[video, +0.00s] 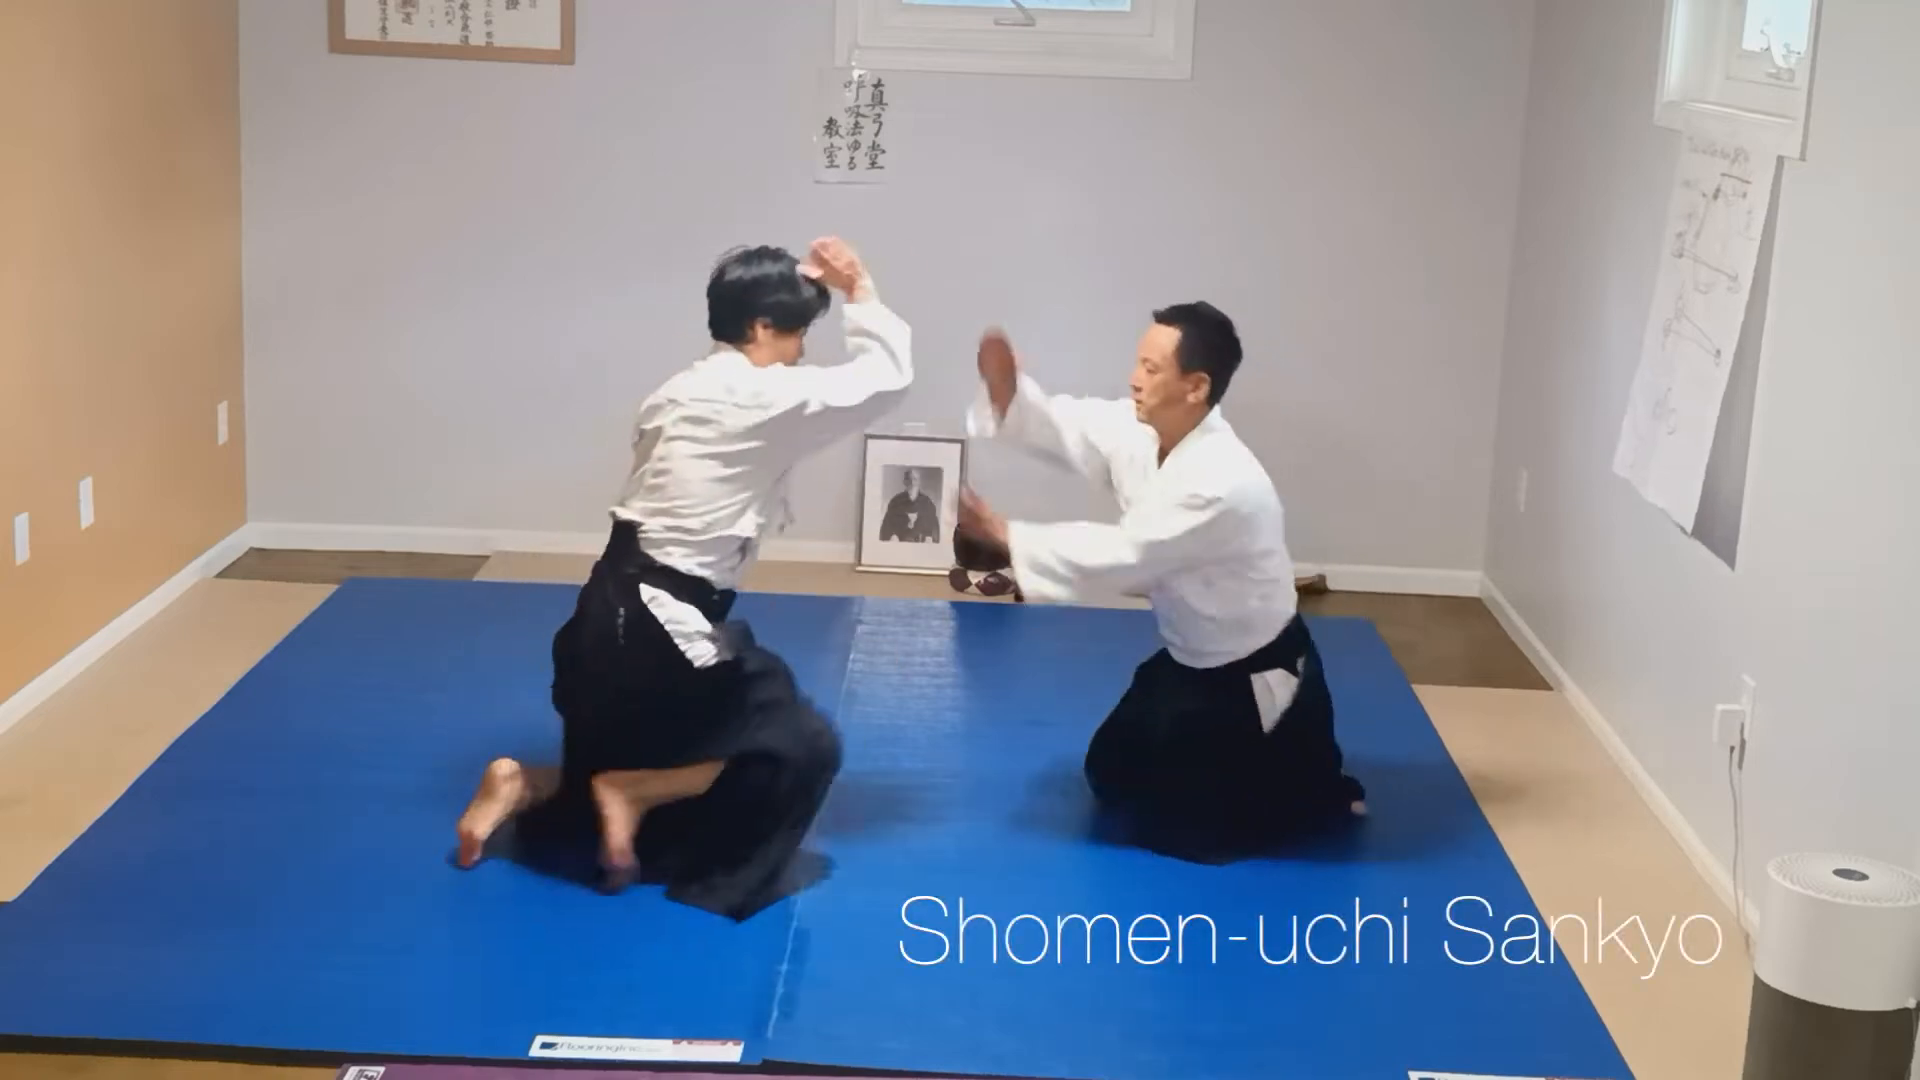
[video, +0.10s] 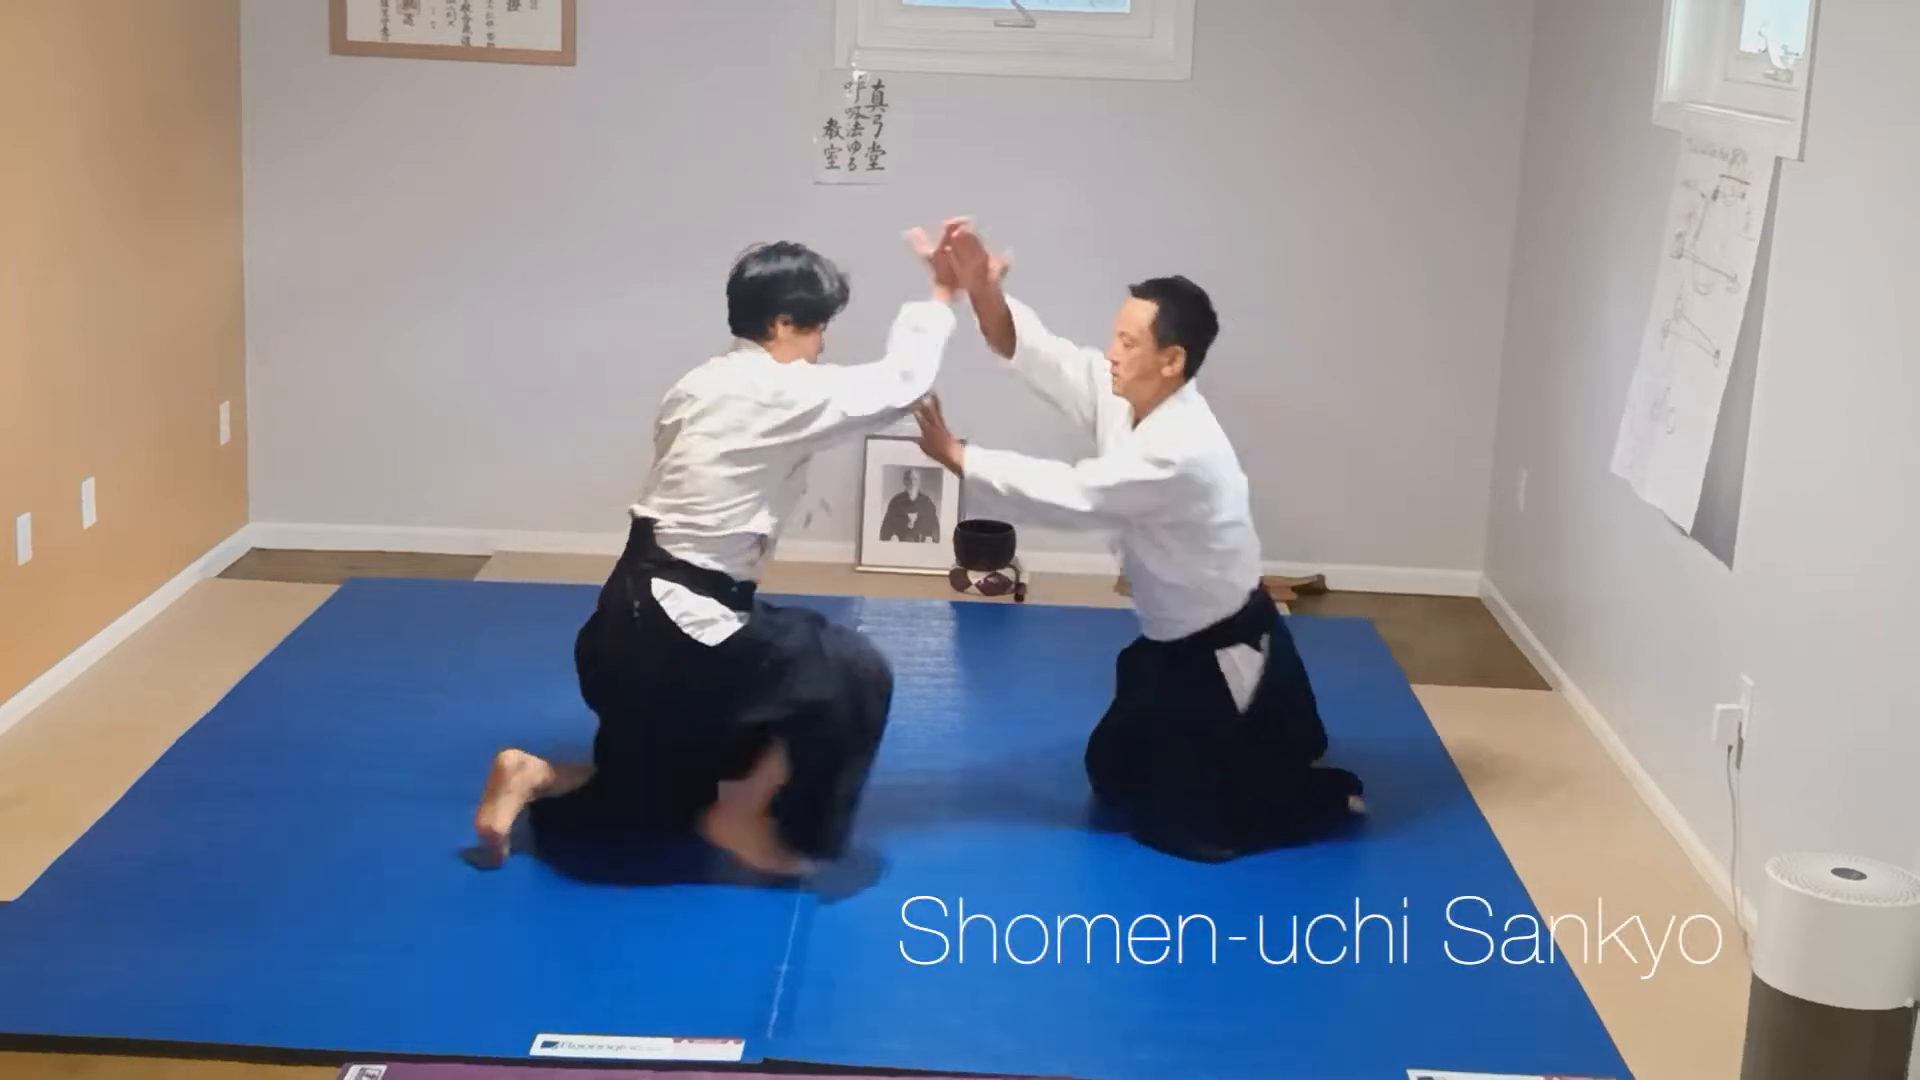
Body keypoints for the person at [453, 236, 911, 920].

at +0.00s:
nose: (801, 351)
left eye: (804, 334)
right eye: (798, 333)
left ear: (734, 328)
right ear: (759, 331)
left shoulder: (671, 395)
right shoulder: (767, 397)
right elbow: (886, 373)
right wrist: (860, 290)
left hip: (597, 621)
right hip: (665, 626)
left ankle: (523, 791)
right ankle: (638, 790)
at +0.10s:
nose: (823, 350)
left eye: (826, 334)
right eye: (819, 333)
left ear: (746, 324)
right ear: (780, 327)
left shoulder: (691, 388)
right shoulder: (779, 391)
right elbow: (901, 384)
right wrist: (942, 294)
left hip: (616, 635)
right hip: (687, 635)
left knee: (667, 806)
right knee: (854, 675)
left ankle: (537, 779)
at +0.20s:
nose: (850, 349)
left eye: (849, 332)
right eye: (845, 331)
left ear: (773, 326)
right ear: (809, 330)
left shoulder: (709, 391)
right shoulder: (810, 389)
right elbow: (929, 349)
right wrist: (967, 263)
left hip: (635, 635)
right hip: (708, 638)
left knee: (676, 800)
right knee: (887, 663)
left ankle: (535, 787)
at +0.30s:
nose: (867, 346)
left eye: (869, 330)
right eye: (864, 332)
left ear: (784, 324)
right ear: (830, 329)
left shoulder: (731, 385)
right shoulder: (826, 382)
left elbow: (709, 501)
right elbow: (935, 320)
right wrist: (950, 225)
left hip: (662, 626)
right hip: (733, 630)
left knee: (672, 794)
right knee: (899, 661)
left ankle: (532, 797)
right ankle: (873, 843)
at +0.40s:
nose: (870, 340)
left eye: (870, 323)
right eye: (865, 324)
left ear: (787, 323)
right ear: (834, 326)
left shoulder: (736, 389)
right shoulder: (835, 372)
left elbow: (718, 495)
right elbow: (928, 294)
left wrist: (807, 566)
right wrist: (925, 220)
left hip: (676, 619)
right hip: (749, 621)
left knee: (675, 788)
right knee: (911, 666)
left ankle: (537, 796)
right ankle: (876, 841)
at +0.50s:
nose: (855, 325)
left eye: (853, 310)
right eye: (848, 309)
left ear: (766, 317)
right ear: (818, 319)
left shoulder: (722, 396)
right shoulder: (823, 369)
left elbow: (715, 512)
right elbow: (909, 285)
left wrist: (805, 569)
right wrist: (878, 252)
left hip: (679, 633)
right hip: (759, 633)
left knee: (682, 787)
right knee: (926, 666)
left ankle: (552, 798)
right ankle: (878, 842)